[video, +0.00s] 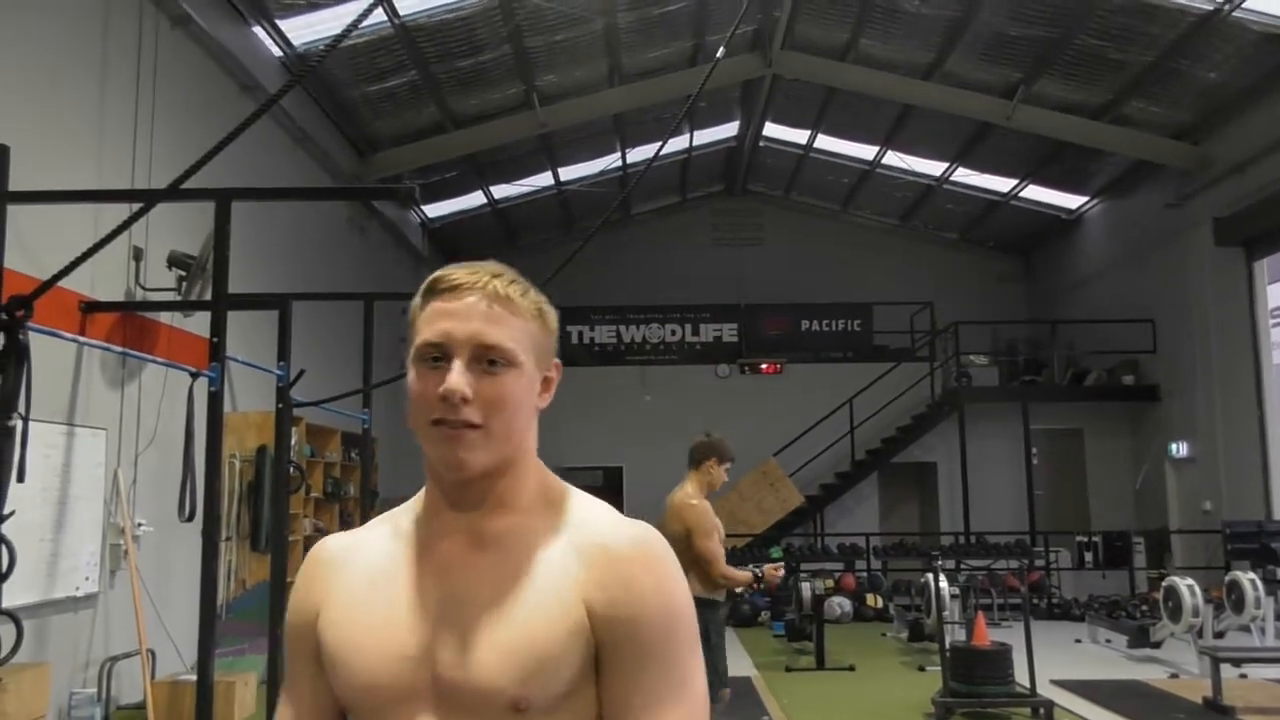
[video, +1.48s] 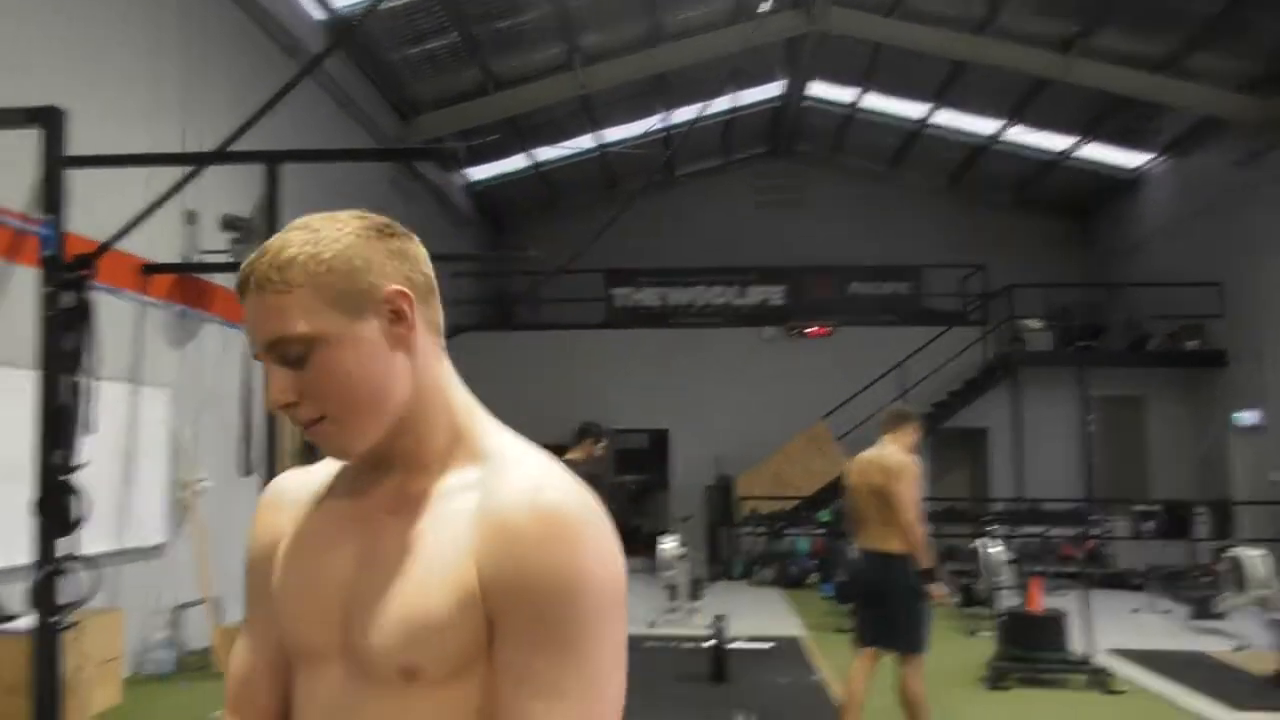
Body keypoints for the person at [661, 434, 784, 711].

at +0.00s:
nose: (727, 478)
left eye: (728, 471)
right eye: (725, 470)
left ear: (707, 466)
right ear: (710, 466)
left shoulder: (679, 500)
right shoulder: (697, 508)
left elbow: (710, 566)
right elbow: (718, 573)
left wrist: (750, 575)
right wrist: (759, 577)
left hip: (692, 602)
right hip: (704, 607)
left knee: (711, 687)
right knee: (715, 692)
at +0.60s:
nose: (764, 463)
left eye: (764, 456)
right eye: (764, 456)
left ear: (734, 451)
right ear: (755, 450)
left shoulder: (719, 485)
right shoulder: (739, 484)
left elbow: (721, 545)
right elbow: (740, 545)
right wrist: (754, 600)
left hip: (731, 592)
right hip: (749, 595)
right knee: (754, 680)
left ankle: (745, 710)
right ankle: (751, 711)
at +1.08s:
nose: (796, 458)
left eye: (798, 452)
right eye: (797, 451)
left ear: (769, 445)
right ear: (790, 445)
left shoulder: (750, 477)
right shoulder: (772, 472)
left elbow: (752, 534)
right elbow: (766, 530)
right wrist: (791, 583)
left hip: (751, 578)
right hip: (774, 580)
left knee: (755, 676)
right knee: (803, 678)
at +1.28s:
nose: (836, 454)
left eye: (837, 448)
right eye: (836, 447)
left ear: (806, 442)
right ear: (827, 442)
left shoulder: (780, 475)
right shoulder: (814, 470)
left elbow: (785, 531)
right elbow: (810, 527)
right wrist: (838, 573)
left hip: (782, 575)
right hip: (810, 578)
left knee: (787, 667)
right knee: (845, 668)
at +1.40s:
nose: (873, 450)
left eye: (874, 444)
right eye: (873, 443)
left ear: (844, 436)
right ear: (864, 438)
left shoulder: (817, 470)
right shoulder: (856, 468)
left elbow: (817, 525)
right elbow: (858, 525)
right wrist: (881, 571)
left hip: (821, 568)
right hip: (853, 573)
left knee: (822, 662)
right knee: (873, 668)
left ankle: (811, 712)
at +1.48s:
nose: (916, 442)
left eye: (917, 436)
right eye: (915, 435)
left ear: (885, 430)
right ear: (907, 431)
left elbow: (855, 518)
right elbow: (909, 519)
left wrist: (866, 548)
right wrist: (928, 569)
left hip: (867, 560)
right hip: (900, 562)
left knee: (866, 650)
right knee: (912, 656)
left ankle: (850, 711)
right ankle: (918, 712)